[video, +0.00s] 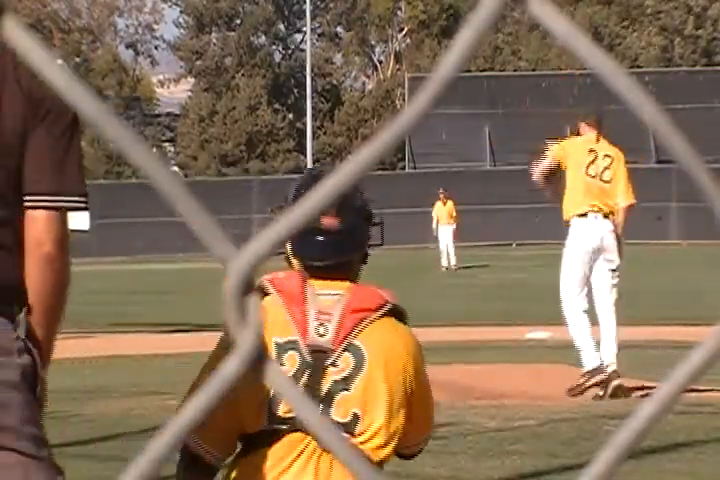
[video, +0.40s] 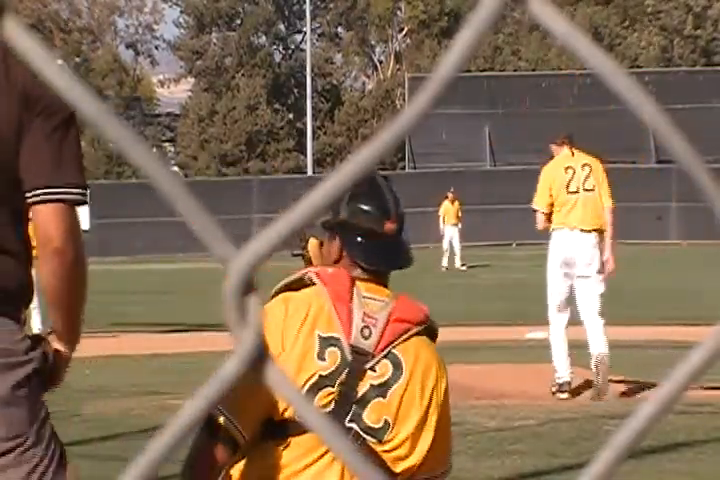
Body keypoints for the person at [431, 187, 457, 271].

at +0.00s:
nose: (441, 196)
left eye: (442, 194)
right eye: (440, 194)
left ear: (445, 194)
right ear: (438, 195)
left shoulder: (450, 203)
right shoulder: (437, 204)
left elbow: (454, 214)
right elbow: (435, 216)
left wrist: (454, 223)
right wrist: (434, 227)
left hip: (450, 225)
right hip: (441, 225)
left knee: (450, 244)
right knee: (442, 245)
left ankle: (453, 263)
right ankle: (444, 263)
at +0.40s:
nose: (451, 195)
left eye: (453, 193)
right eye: (450, 193)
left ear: (454, 195)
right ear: (447, 194)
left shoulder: (457, 203)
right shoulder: (445, 204)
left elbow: (459, 213)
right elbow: (441, 215)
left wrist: (460, 222)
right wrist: (441, 226)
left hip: (455, 225)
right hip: (447, 225)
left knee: (457, 245)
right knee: (446, 246)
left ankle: (458, 263)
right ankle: (445, 263)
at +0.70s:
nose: (460, 195)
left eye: (461, 193)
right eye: (459, 193)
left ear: (462, 194)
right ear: (455, 194)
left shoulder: (461, 203)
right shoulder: (452, 204)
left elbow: (462, 214)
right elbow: (451, 216)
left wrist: (464, 224)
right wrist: (452, 227)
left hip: (462, 225)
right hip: (455, 225)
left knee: (461, 246)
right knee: (453, 245)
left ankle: (459, 263)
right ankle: (448, 262)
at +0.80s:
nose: (462, 195)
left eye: (463, 193)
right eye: (461, 193)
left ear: (463, 194)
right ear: (457, 193)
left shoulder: (462, 204)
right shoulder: (454, 204)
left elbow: (464, 215)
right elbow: (453, 215)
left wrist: (465, 226)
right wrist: (455, 225)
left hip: (463, 224)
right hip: (456, 224)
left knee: (462, 243)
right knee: (458, 241)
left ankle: (460, 262)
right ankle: (451, 261)